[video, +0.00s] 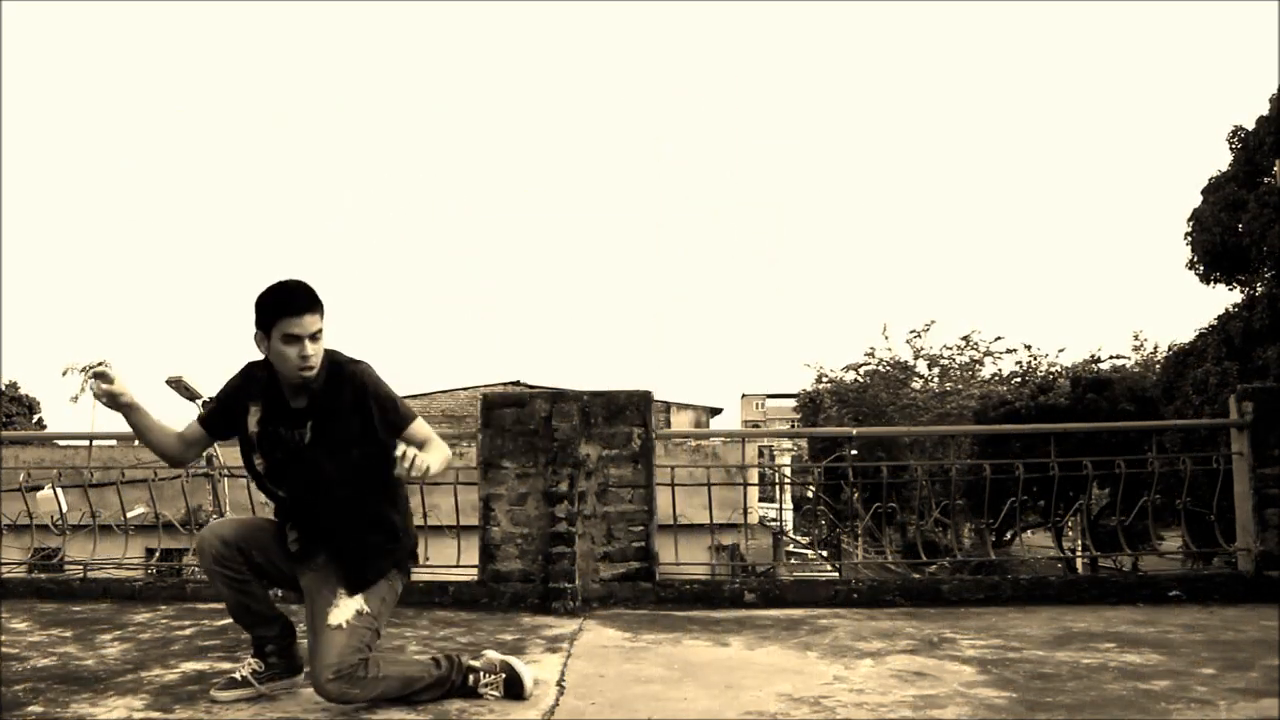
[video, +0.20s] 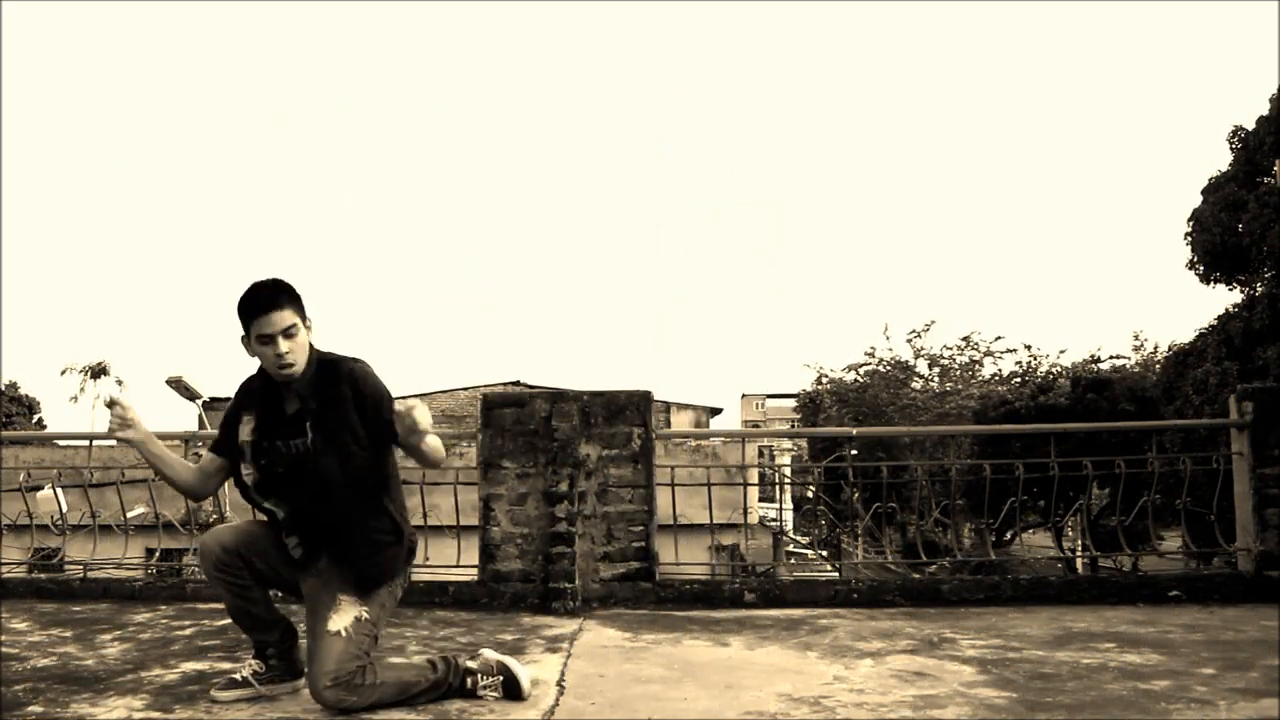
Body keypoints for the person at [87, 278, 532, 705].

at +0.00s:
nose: (307, 352)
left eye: (315, 338)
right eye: (292, 341)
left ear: (324, 332)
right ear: (264, 341)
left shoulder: (354, 380)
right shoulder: (251, 386)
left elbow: (436, 448)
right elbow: (179, 450)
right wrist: (127, 404)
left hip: (366, 559)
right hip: (301, 545)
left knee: (338, 682)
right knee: (218, 542)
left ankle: (467, 675)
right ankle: (278, 659)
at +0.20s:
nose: (281, 349)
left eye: (290, 333)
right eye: (266, 340)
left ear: (308, 327)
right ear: (249, 344)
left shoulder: (349, 379)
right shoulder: (250, 400)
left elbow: (437, 460)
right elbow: (199, 484)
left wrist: (419, 435)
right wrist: (140, 437)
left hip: (362, 557)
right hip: (300, 544)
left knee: (335, 690)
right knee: (218, 549)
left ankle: (462, 675)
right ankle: (280, 662)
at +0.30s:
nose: (279, 345)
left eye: (288, 329)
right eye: (267, 336)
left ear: (313, 316)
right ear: (256, 334)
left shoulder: (360, 359)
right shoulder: (261, 380)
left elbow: (450, 403)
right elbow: (174, 426)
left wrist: (401, 344)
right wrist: (125, 362)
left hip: (382, 548)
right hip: (311, 540)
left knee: (350, 659)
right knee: (234, 547)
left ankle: (467, 674)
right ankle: (278, 662)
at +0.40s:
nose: (302, 310)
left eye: (311, 296)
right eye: (291, 301)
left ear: (341, 283)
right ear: (281, 299)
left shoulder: (385, 318)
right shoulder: (278, 344)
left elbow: (460, 306)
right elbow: (182, 340)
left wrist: (394, 245)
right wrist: (127, 279)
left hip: (422, 511)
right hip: (346, 518)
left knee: (437, 576)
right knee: (292, 571)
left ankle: (476, 667)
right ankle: (284, 667)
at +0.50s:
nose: (324, 295)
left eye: (334, 281)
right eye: (313, 286)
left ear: (362, 271)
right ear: (303, 283)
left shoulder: (404, 305)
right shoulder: (295, 335)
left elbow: (475, 288)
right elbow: (198, 327)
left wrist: (409, 231)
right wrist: (144, 268)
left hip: (451, 497)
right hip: (377, 514)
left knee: (503, 541)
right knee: (360, 611)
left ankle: (490, 655)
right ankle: (292, 677)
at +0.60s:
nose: (363, 314)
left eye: (374, 300)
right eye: (354, 303)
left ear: (403, 294)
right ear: (346, 303)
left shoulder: (438, 334)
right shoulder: (334, 359)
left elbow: (509, 334)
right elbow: (228, 369)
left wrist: (446, 275)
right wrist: (181, 319)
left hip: (475, 532)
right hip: (411, 555)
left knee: (544, 543)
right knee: (424, 684)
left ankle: (523, 661)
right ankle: (310, 679)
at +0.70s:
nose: (398, 346)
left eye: (410, 332)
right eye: (386, 336)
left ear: (436, 332)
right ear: (376, 342)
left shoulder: (467, 378)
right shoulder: (361, 400)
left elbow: (540, 397)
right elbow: (264, 443)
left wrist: (486, 330)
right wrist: (214, 392)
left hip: (482, 559)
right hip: (419, 580)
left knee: (545, 549)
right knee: (424, 699)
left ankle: (523, 662)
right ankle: (308, 680)